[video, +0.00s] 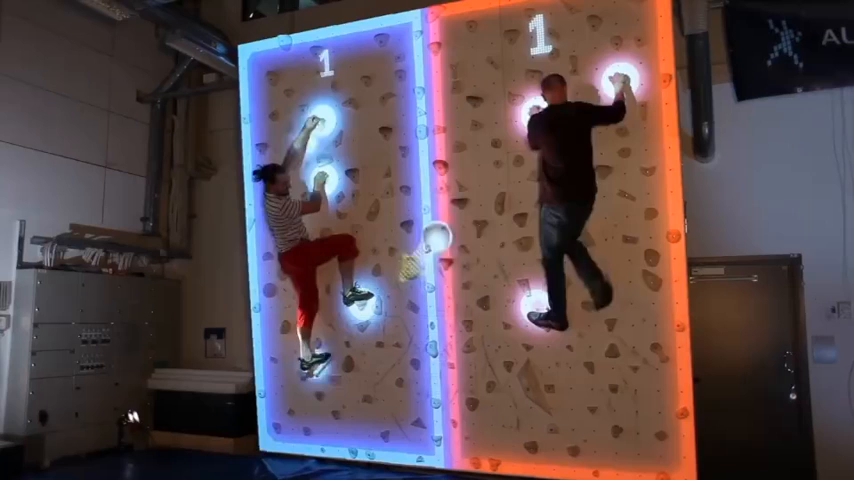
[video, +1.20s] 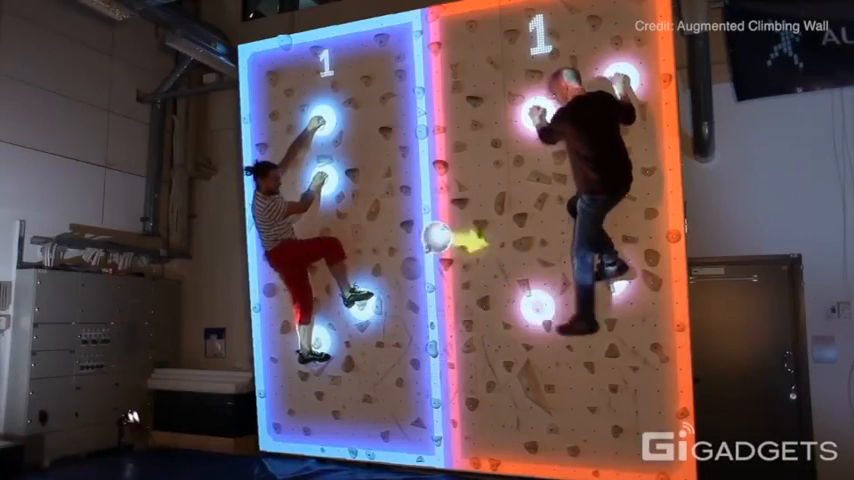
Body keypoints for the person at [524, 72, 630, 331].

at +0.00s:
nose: (560, 94)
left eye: (554, 90)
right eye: (560, 89)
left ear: (544, 94)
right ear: (565, 89)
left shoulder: (539, 121)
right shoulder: (582, 111)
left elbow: (533, 145)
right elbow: (616, 113)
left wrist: (534, 119)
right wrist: (620, 92)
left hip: (556, 199)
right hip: (585, 193)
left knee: (552, 258)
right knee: (570, 242)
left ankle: (557, 315)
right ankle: (600, 289)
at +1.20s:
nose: (556, 97)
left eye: (556, 93)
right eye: (555, 94)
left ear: (565, 85)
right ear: (578, 81)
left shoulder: (567, 114)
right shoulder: (603, 99)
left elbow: (548, 137)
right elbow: (629, 117)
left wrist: (539, 122)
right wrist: (625, 92)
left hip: (596, 188)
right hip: (621, 180)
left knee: (582, 252)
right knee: (576, 207)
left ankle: (585, 317)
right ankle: (611, 261)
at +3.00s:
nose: (564, 122)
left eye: (563, 116)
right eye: (561, 118)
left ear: (574, 109)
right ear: (584, 102)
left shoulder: (585, 136)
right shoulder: (614, 108)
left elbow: (578, 164)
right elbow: (639, 113)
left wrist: (564, 158)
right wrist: (628, 94)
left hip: (626, 196)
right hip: (648, 182)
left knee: (564, 202)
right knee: (583, 200)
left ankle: (596, 259)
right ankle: (611, 260)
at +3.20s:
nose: (568, 114)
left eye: (567, 108)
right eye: (565, 110)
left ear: (579, 103)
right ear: (590, 95)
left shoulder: (587, 130)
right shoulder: (620, 103)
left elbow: (576, 159)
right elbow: (640, 113)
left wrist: (563, 155)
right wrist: (630, 91)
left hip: (623, 193)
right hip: (645, 183)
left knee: (560, 185)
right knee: (581, 199)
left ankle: (573, 246)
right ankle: (612, 261)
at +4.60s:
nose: (582, 130)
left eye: (582, 124)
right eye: (580, 125)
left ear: (595, 122)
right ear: (608, 116)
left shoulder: (597, 152)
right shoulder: (632, 129)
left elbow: (582, 169)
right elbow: (627, 111)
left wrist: (565, 159)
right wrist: (626, 88)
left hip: (620, 218)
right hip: (642, 211)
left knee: (559, 193)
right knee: (572, 210)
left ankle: (514, 221)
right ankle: (609, 261)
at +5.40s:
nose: (574, 106)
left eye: (574, 101)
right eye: (573, 101)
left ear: (581, 102)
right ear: (600, 94)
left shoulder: (583, 131)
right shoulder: (623, 113)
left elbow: (571, 167)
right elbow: (633, 115)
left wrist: (561, 156)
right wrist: (623, 92)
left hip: (608, 203)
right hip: (632, 195)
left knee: (555, 196)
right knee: (573, 205)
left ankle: (560, 260)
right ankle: (610, 259)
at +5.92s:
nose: (560, 62)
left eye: (561, 58)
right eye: (563, 58)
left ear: (563, 59)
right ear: (585, 62)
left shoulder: (551, 91)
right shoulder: (596, 83)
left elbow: (526, 127)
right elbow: (615, 117)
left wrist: (546, 111)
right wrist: (617, 92)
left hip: (568, 168)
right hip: (595, 163)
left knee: (561, 228)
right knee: (573, 209)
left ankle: (596, 285)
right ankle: (610, 258)